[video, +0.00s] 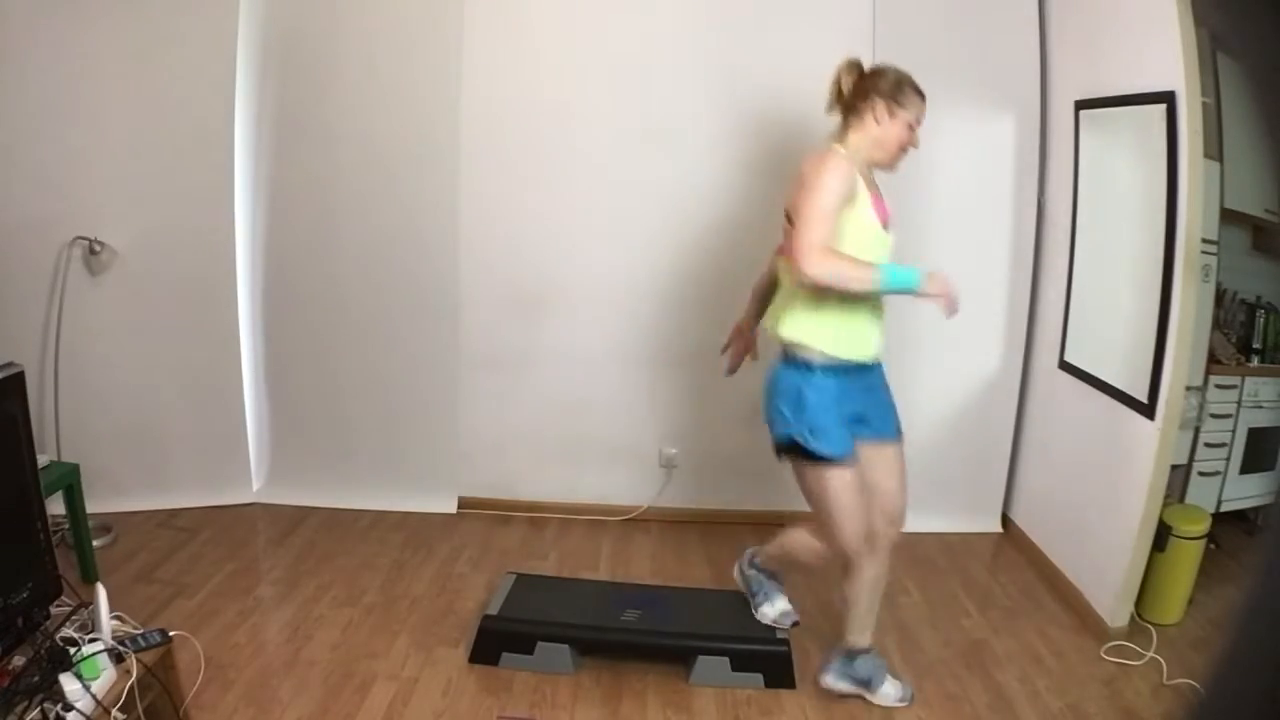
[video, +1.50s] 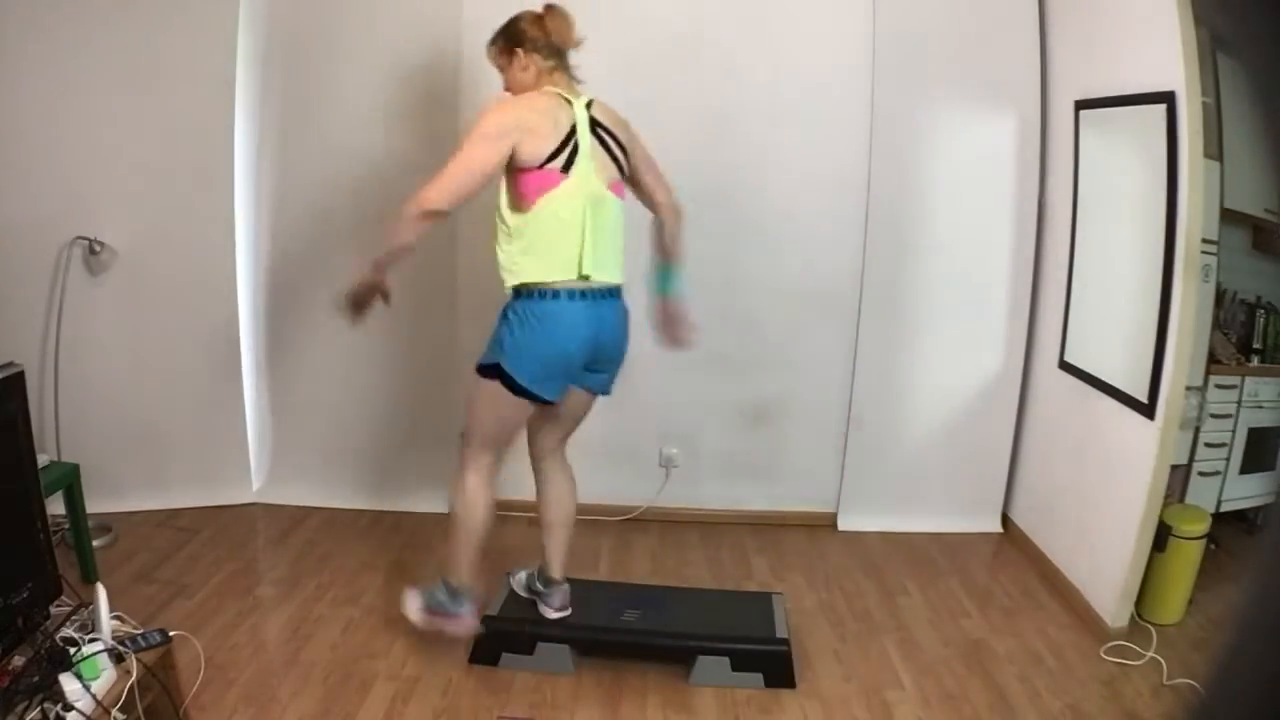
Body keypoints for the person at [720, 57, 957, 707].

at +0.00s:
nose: (914, 141)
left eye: (917, 128)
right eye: (910, 125)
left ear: (876, 118)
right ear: (876, 112)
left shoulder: (857, 178)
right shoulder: (827, 169)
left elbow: (785, 256)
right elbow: (810, 262)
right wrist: (915, 280)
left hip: (861, 371)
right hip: (809, 373)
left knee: (885, 524)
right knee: (843, 541)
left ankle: (853, 657)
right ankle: (758, 564)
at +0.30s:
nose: (912, 135)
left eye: (911, 124)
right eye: (912, 123)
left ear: (849, 117)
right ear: (896, 115)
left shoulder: (816, 185)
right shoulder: (891, 176)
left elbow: (773, 285)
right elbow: (952, 289)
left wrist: (745, 379)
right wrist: (961, 229)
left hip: (825, 407)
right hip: (860, 416)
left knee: (885, 561)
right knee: (904, 594)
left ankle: (849, 663)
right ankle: (787, 711)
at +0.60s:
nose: (768, 122)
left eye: (767, 112)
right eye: (770, 113)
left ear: (777, 109)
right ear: (838, 105)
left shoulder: (748, 179)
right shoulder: (893, 179)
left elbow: (703, 286)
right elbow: (937, 306)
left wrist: (674, 389)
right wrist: (879, 320)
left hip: (752, 426)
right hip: (838, 439)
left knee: (794, 587)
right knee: (827, 636)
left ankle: (796, 697)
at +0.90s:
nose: (635, 150)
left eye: (636, 138)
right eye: (637, 138)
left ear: (648, 136)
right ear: (708, 133)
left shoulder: (628, 212)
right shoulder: (770, 209)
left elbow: (593, 345)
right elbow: (819, 330)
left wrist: (583, 412)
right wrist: (842, 437)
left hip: (673, 454)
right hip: (766, 449)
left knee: (621, 601)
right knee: (787, 631)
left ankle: (618, 715)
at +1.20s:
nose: (553, 81)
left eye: (553, 72)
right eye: (558, 73)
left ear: (561, 70)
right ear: (622, 71)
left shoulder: (536, 127)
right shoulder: (670, 135)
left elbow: (458, 173)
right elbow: (761, 199)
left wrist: (509, 145)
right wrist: (829, 282)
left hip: (594, 367)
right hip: (672, 357)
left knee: (588, 561)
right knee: (609, 472)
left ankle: (602, 706)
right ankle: (610, 596)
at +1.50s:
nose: (501, 81)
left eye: (503, 68)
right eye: (500, 69)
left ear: (525, 59)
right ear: (553, 59)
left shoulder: (515, 114)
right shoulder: (609, 119)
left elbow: (431, 205)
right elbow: (667, 207)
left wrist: (377, 270)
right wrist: (669, 295)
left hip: (541, 319)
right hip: (606, 318)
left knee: (480, 448)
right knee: (550, 444)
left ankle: (459, 594)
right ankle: (553, 587)